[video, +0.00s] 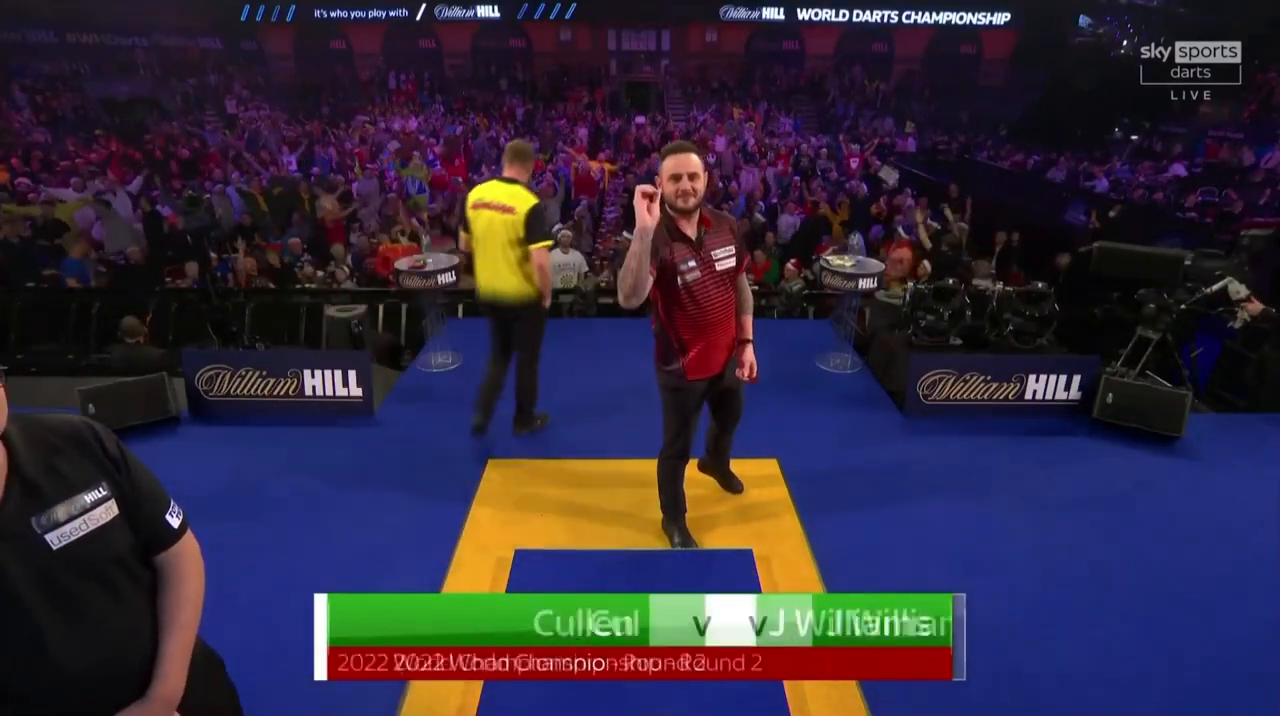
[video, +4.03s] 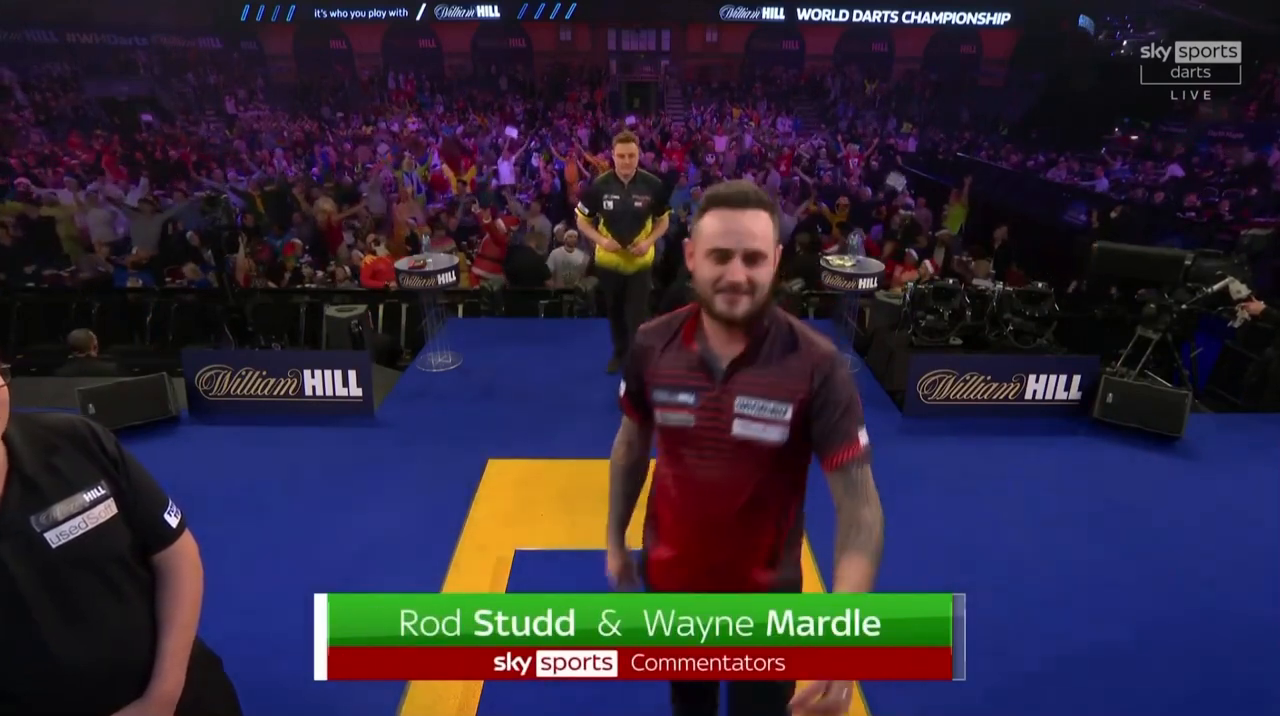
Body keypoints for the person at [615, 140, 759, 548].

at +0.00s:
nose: (685, 185)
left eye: (693, 176)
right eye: (675, 178)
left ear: (705, 181)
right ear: (659, 185)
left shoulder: (722, 225)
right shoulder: (650, 238)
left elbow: (742, 283)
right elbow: (630, 298)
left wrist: (746, 342)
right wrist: (643, 230)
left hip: (725, 353)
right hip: (681, 363)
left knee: (729, 413)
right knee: (678, 446)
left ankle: (714, 461)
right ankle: (673, 519)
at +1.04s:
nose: (696, 190)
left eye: (703, 180)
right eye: (684, 183)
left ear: (714, 183)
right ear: (668, 189)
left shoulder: (727, 229)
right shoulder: (658, 251)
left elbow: (739, 289)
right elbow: (660, 338)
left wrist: (741, 348)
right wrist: (706, 397)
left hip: (722, 354)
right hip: (681, 365)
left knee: (726, 412)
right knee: (678, 446)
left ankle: (715, 461)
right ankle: (674, 520)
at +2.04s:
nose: (690, 190)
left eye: (698, 180)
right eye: (679, 182)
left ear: (710, 184)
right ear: (663, 190)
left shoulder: (729, 229)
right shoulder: (657, 243)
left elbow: (746, 289)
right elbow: (633, 306)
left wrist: (751, 348)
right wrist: (647, 242)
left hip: (729, 357)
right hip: (685, 367)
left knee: (734, 419)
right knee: (681, 447)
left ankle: (715, 463)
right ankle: (674, 521)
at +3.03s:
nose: (730, 212)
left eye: (738, 201)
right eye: (717, 203)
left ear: (751, 206)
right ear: (698, 212)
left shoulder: (764, 254)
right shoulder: (685, 271)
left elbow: (767, 307)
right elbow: (722, 361)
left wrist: (775, 354)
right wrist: (770, 438)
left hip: (749, 398)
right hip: (698, 399)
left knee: (746, 501)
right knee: (688, 466)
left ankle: (742, 597)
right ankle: (677, 518)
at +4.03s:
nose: (736, 275)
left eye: (754, 258)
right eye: (720, 257)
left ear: (777, 261)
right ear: (690, 256)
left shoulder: (816, 366)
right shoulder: (653, 346)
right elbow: (632, 440)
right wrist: (616, 544)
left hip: (764, 595)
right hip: (673, 583)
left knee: (758, 705)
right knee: (689, 702)